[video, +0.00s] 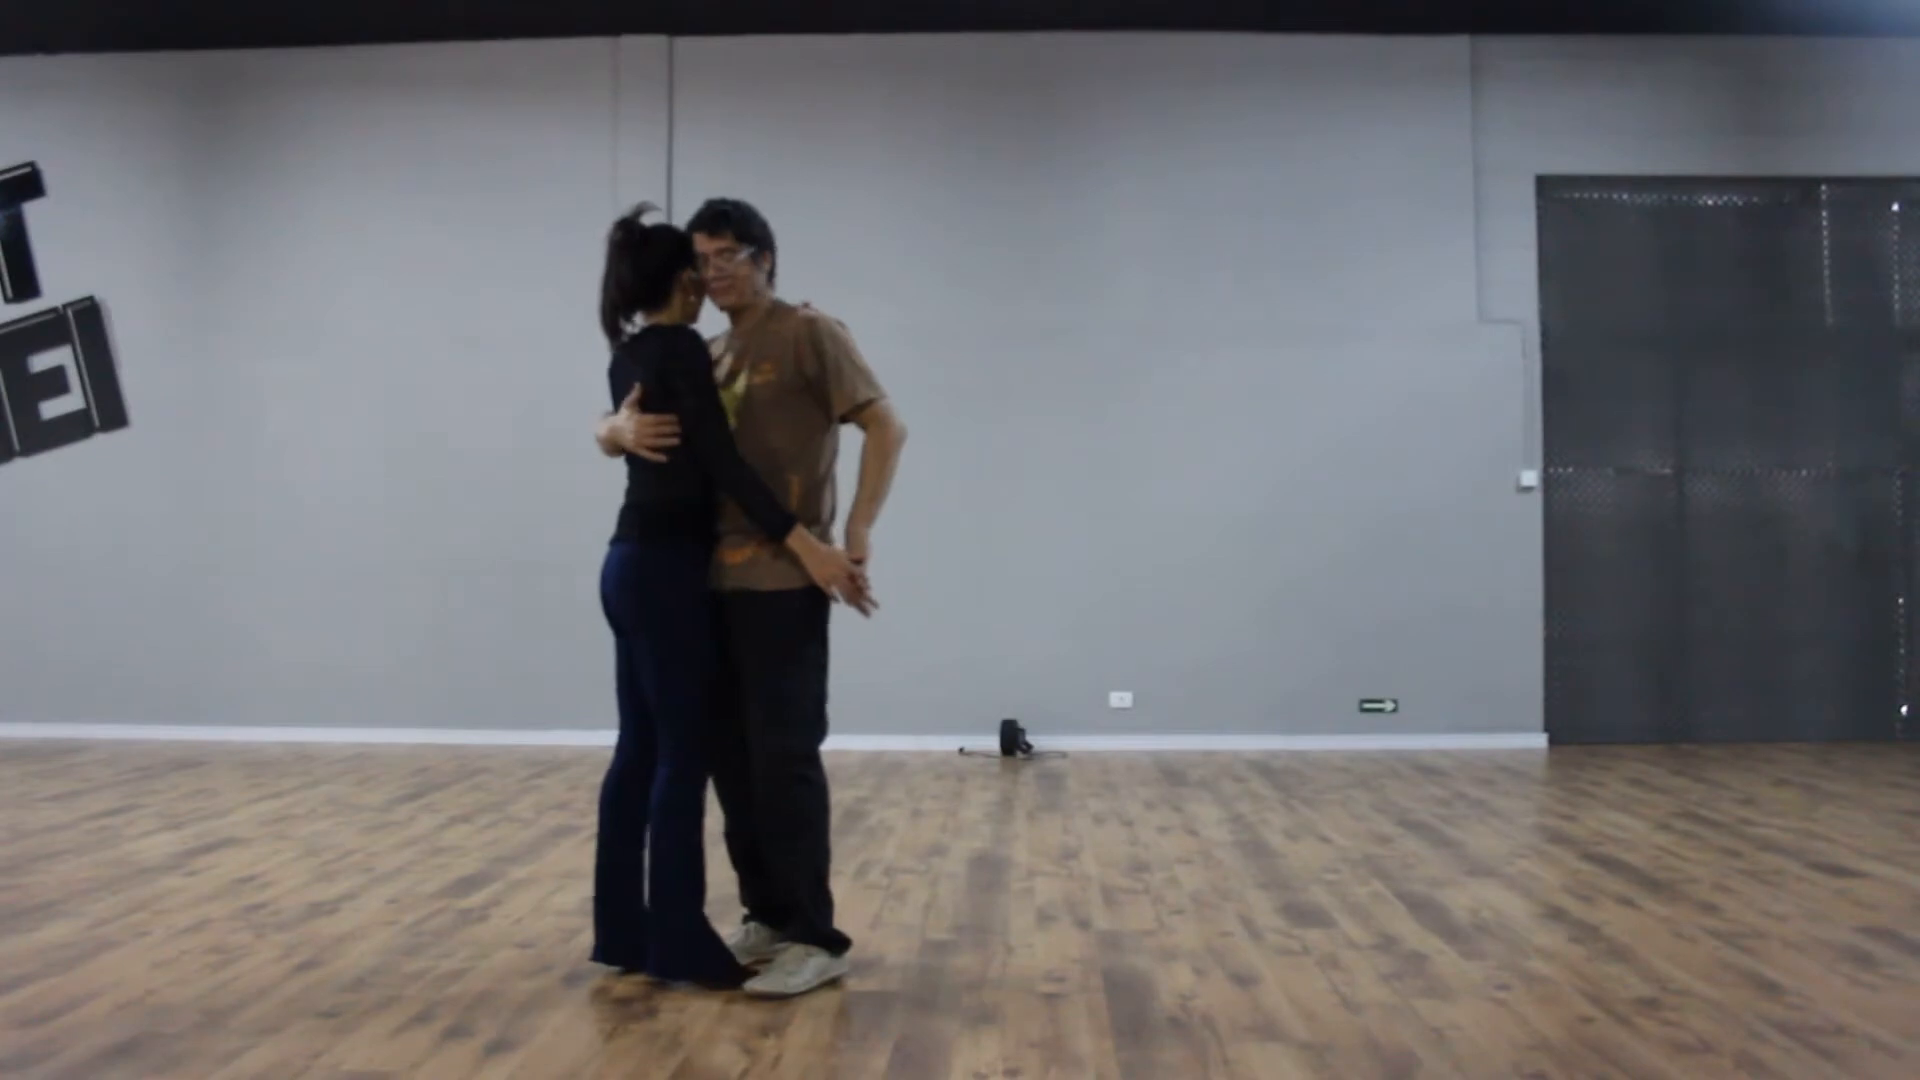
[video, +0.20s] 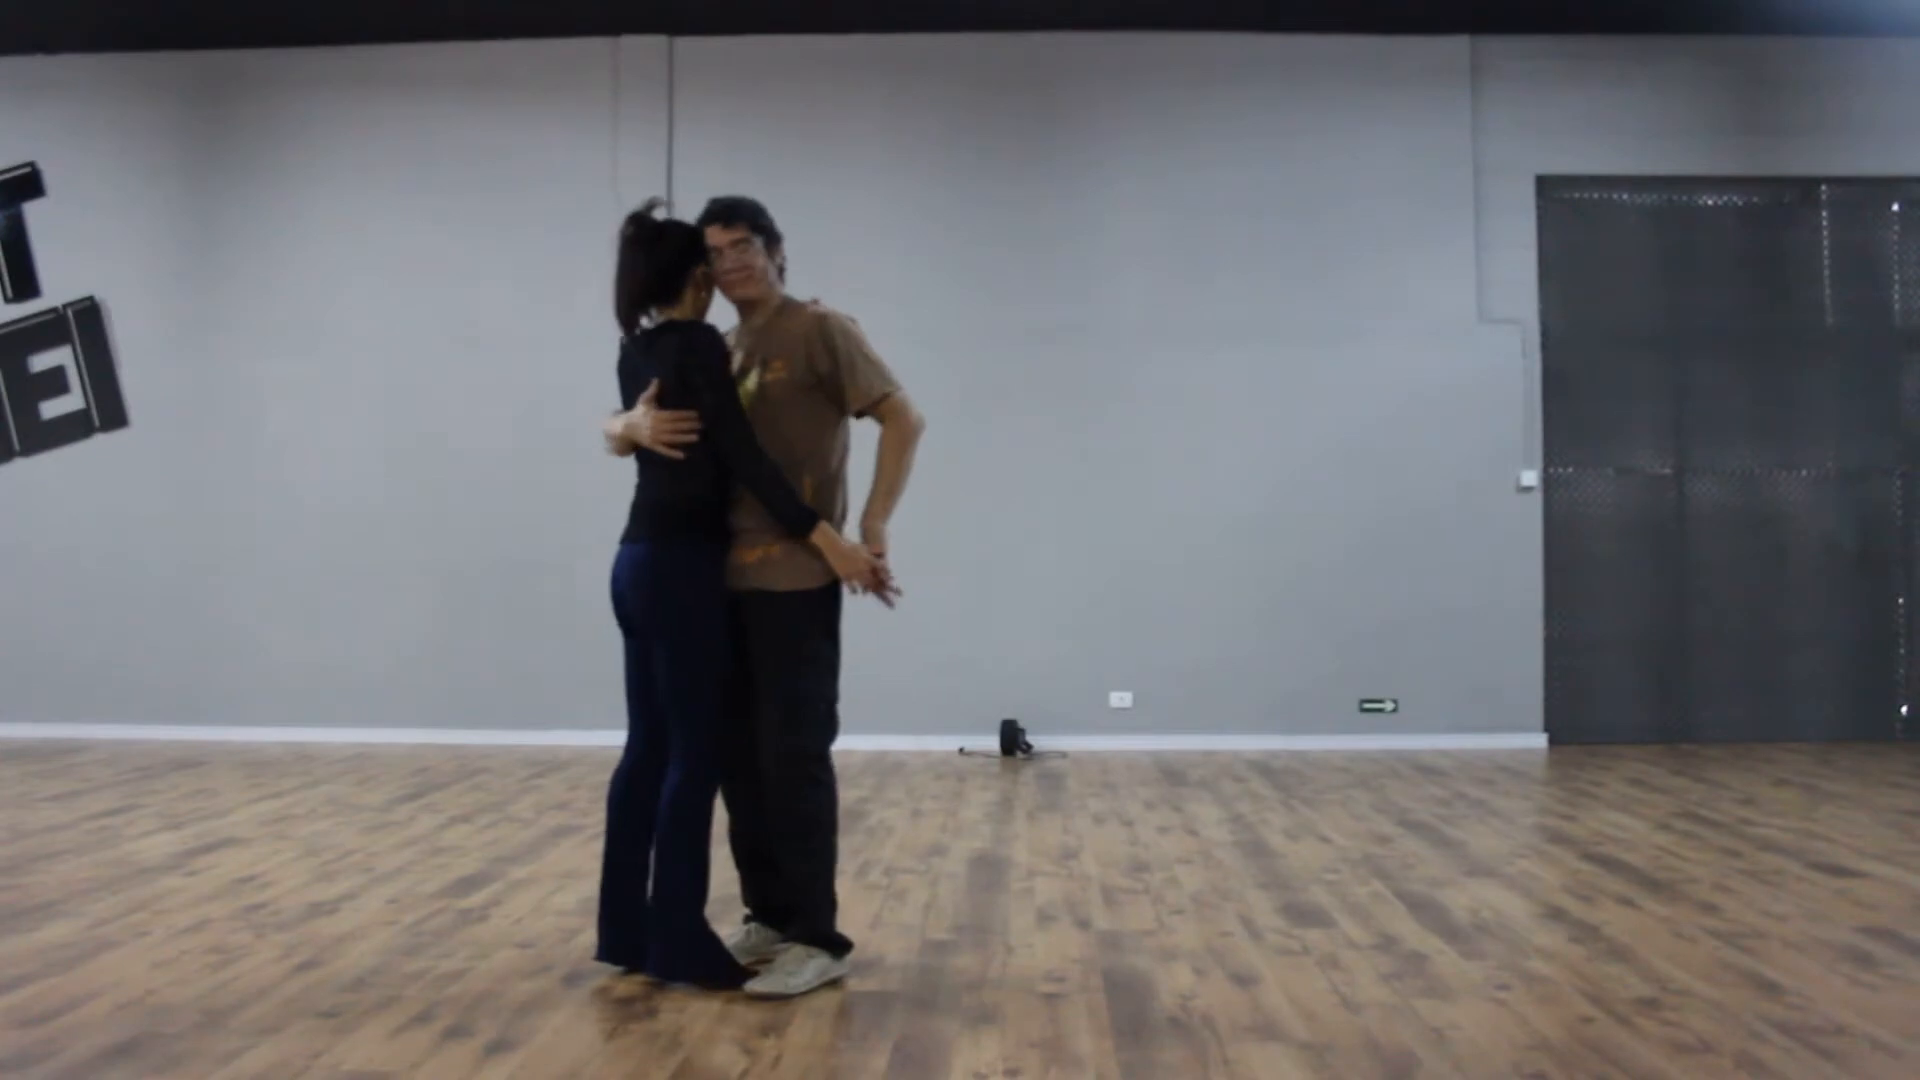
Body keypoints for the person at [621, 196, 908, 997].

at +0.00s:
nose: (717, 271)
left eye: (731, 255)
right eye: (704, 260)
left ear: (764, 259)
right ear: (695, 271)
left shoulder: (810, 335)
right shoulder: (704, 355)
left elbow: (884, 429)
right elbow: (617, 426)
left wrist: (856, 541)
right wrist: (612, 430)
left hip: (785, 584)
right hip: (714, 585)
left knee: (786, 761)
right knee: (734, 762)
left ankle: (814, 939)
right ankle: (767, 921)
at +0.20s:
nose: (733, 261)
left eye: (744, 246)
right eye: (719, 252)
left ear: (774, 252)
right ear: (706, 268)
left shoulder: (820, 331)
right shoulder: (713, 353)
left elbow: (902, 421)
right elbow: (617, 433)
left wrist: (869, 536)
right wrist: (629, 427)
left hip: (798, 580)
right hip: (726, 583)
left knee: (795, 760)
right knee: (741, 760)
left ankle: (815, 939)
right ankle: (769, 920)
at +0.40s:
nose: (746, 258)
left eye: (757, 242)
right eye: (731, 250)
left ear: (787, 248)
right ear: (719, 267)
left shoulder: (836, 326)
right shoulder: (724, 347)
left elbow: (927, 408)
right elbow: (625, 436)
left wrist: (888, 510)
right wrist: (648, 424)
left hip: (816, 584)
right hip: (741, 584)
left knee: (811, 762)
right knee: (752, 759)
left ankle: (818, 940)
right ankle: (770, 922)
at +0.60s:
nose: (756, 258)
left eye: (766, 241)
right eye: (739, 249)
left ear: (795, 245)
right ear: (727, 265)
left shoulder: (847, 324)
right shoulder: (732, 346)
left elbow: (942, 397)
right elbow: (637, 439)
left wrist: (902, 494)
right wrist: (660, 425)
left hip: (832, 583)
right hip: (753, 583)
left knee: (823, 762)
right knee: (756, 758)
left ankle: (822, 941)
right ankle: (771, 921)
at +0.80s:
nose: (759, 263)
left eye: (770, 245)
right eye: (743, 252)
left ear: (800, 248)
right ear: (730, 266)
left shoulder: (849, 325)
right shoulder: (735, 348)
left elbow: (952, 389)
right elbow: (644, 450)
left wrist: (909, 488)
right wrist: (666, 428)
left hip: (841, 586)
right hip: (759, 587)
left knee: (834, 767)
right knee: (754, 762)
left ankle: (823, 942)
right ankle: (774, 920)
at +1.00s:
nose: (755, 263)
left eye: (766, 246)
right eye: (739, 253)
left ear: (799, 249)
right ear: (728, 266)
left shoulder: (846, 326)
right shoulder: (735, 349)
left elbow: (950, 384)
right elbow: (646, 451)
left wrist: (930, 495)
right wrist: (667, 431)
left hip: (842, 587)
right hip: (761, 588)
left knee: (833, 767)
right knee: (756, 762)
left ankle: (822, 942)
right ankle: (774, 922)